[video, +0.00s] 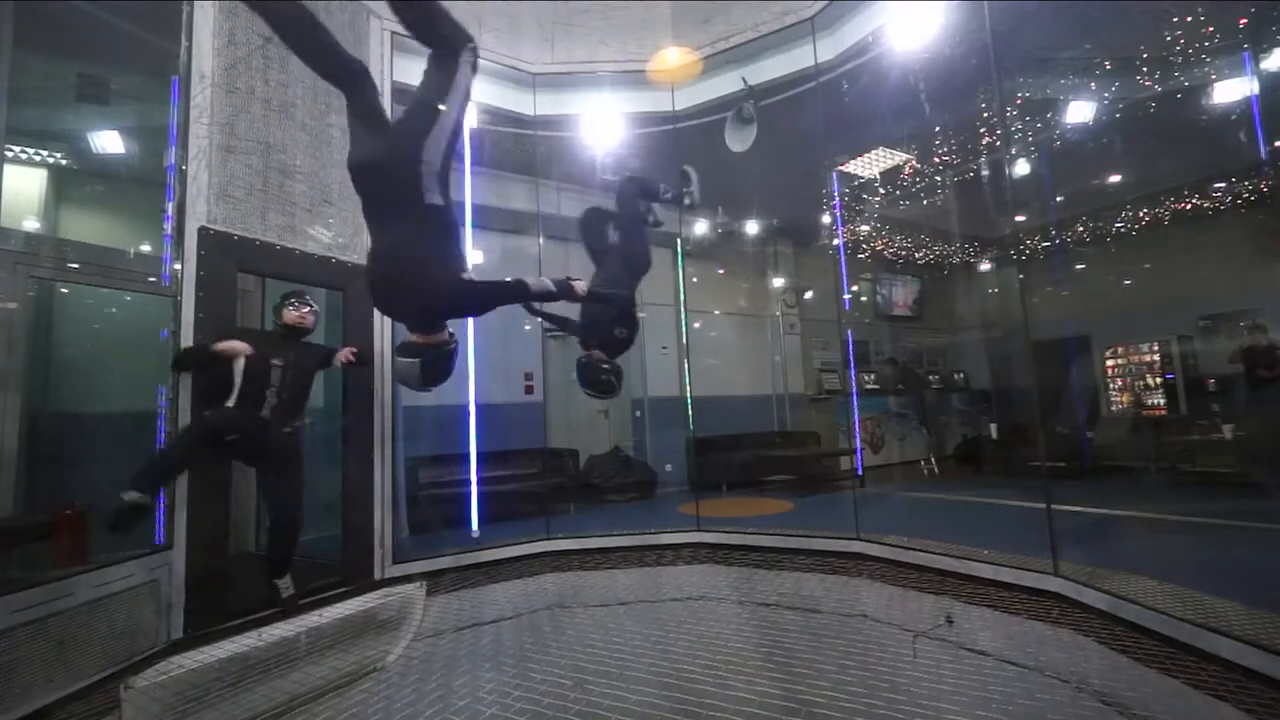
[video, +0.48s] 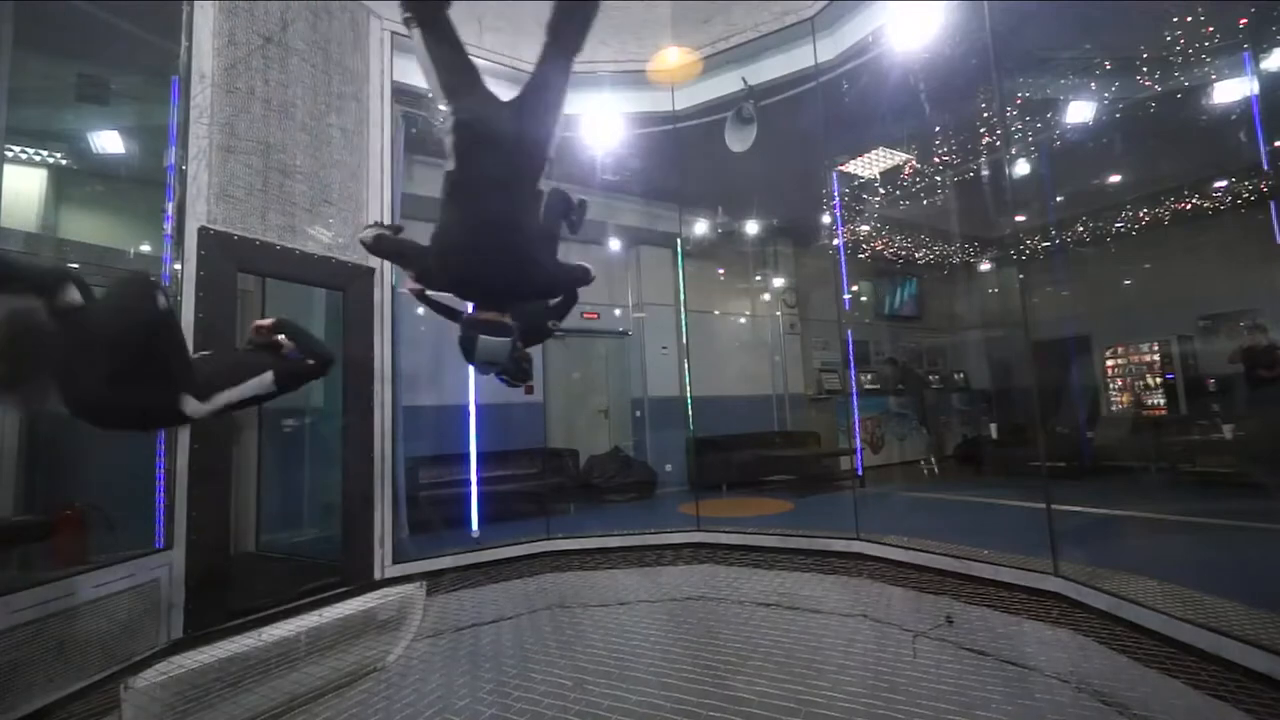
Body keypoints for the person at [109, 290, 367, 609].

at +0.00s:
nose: (305, 312)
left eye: (310, 309)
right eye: (297, 306)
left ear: (314, 321)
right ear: (280, 313)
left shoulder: (312, 352)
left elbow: (329, 356)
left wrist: (341, 356)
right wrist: (218, 349)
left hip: (282, 440)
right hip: (243, 431)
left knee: (288, 516)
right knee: (204, 426)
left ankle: (279, 575)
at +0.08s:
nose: (299, 306)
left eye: (305, 304)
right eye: (291, 301)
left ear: (309, 318)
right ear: (275, 308)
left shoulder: (309, 349)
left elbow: (364, 356)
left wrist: (338, 350)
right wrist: (182, 349)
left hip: (265, 434)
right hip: (222, 419)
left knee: (270, 518)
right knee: (194, 418)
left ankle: (265, 553)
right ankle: (124, 466)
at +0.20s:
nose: (287, 305)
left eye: (294, 304)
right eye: (280, 300)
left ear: (300, 318)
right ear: (263, 307)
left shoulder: (301, 350)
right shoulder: (231, 331)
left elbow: (363, 360)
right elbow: (180, 352)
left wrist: (333, 348)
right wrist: (175, 355)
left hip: (239, 440)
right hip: (199, 423)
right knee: (168, 385)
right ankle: (91, 442)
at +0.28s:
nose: (284, 309)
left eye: (292, 309)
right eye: (278, 303)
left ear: (297, 326)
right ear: (259, 310)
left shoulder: (294, 354)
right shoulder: (225, 336)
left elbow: (356, 364)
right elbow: (179, 361)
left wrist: (320, 344)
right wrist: (162, 378)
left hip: (218, 439)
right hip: (177, 419)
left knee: (218, 420)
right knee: (147, 353)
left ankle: (189, 505)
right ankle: (63, 415)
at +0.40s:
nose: (277, 321)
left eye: (286, 322)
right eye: (274, 317)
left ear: (293, 335)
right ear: (263, 324)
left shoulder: (285, 368)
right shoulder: (235, 350)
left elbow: (347, 366)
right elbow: (194, 370)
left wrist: (306, 330)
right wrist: (183, 356)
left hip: (182, 423)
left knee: (162, 337)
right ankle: (9, 325)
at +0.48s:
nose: (270, 336)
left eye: (279, 337)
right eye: (272, 334)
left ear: (286, 350)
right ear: (268, 341)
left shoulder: (279, 372)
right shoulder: (248, 362)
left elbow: (323, 361)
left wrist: (284, 326)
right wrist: (259, 337)